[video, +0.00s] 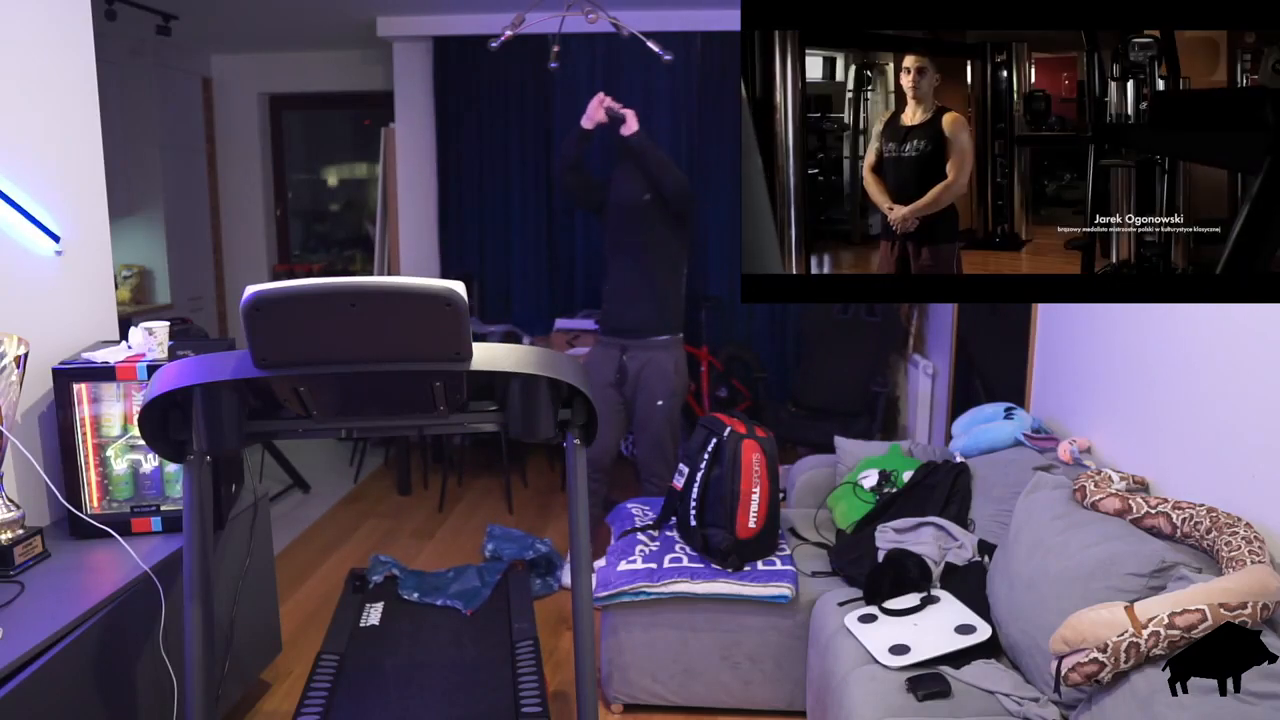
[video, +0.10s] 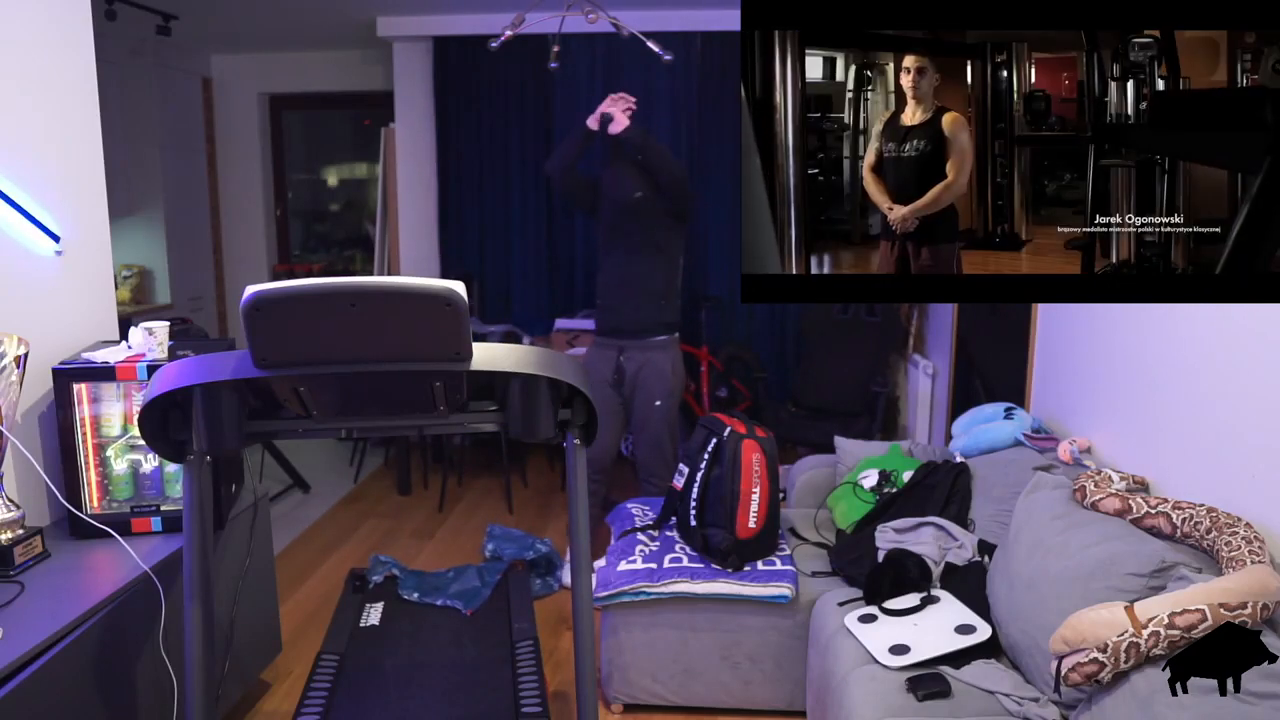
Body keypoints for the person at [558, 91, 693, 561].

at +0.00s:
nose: (631, 179)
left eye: (639, 171)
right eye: (627, 172)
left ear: (657, 171)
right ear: (619, 174)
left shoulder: (675, 205)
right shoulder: (610, 200)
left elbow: (671, 183)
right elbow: (570, 176)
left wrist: (634, 135)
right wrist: (585, 128)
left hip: (659, 348)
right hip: (608, 345)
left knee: (655, 456)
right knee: (594, 451)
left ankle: (657, 547)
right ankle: (588, 541)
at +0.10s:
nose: (625, 175)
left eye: (633, 166)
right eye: (621, 169)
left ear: (651, 167)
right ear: (612, 168)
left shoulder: (673, 198)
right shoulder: (602, 194)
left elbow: (668, 171)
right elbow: (558, 172)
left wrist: (627, 129)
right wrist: (590, 126)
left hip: (656, 347)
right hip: (604, 344)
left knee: (655, 458)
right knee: (594, 454)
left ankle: (657, 543)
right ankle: (585, 543)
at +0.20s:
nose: (616, 165)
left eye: (623, 156)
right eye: (609, 157)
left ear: (641, 160)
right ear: (600, 164)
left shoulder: (664, 193)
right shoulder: (594, 191)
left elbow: (664, 168)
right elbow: (545, 176)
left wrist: (629, 126)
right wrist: (590, 145)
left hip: (650, 347)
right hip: (598, 345)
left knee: (654, 460)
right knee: (591, 458)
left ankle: (657, 550)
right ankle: (584, 550)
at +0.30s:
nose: (612, 160)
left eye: (620, 150)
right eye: (604, 150)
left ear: (635, 152)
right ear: (596, 153)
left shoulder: (656, 195)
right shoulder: (587, 192)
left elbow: (656, 161)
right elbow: (539, 177)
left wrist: (623, 115)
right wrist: (590, 161)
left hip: (645, 347)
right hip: (592, 345)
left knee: (650, 461)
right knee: (586, 459)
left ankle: (652, 559)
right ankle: (581, 551)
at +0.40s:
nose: (602, 167)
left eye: (610, 157)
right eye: (596, 158)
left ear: (627, 155)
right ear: (588, 163)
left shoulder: (647, 196)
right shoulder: (581, 194)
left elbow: (636, 153)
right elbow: (536, 171)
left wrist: (611, 108)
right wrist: (586, 148)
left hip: (638, 341)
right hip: (587, 340)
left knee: (643, 450)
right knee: (584, 450)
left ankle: (654, 545)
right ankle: (584, 544)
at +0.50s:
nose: (616, 132)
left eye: (616, 127)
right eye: (609, 126)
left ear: (621, 137)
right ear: (596, 132)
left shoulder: (637, 192)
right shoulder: (571, 190)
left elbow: (618, 151)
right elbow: (544, 160)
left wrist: (593, 106)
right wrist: (579, 120)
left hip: (630, 341)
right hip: (580, 339)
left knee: (639, 452)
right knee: (580, 451)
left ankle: (651, 547)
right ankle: (581, 547)